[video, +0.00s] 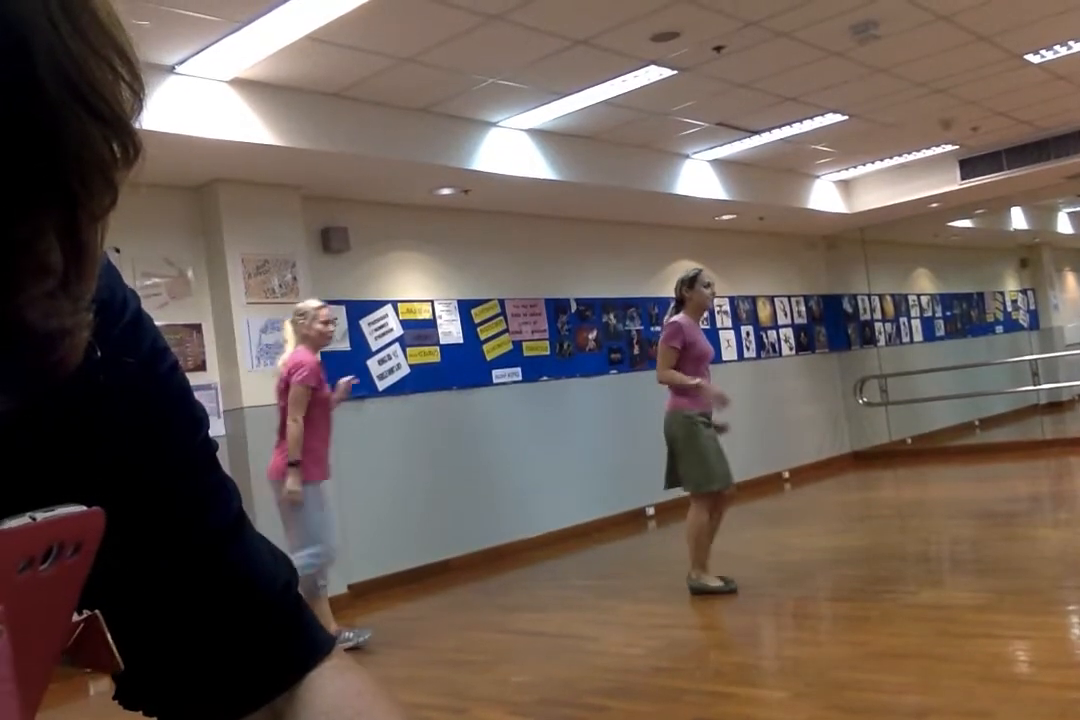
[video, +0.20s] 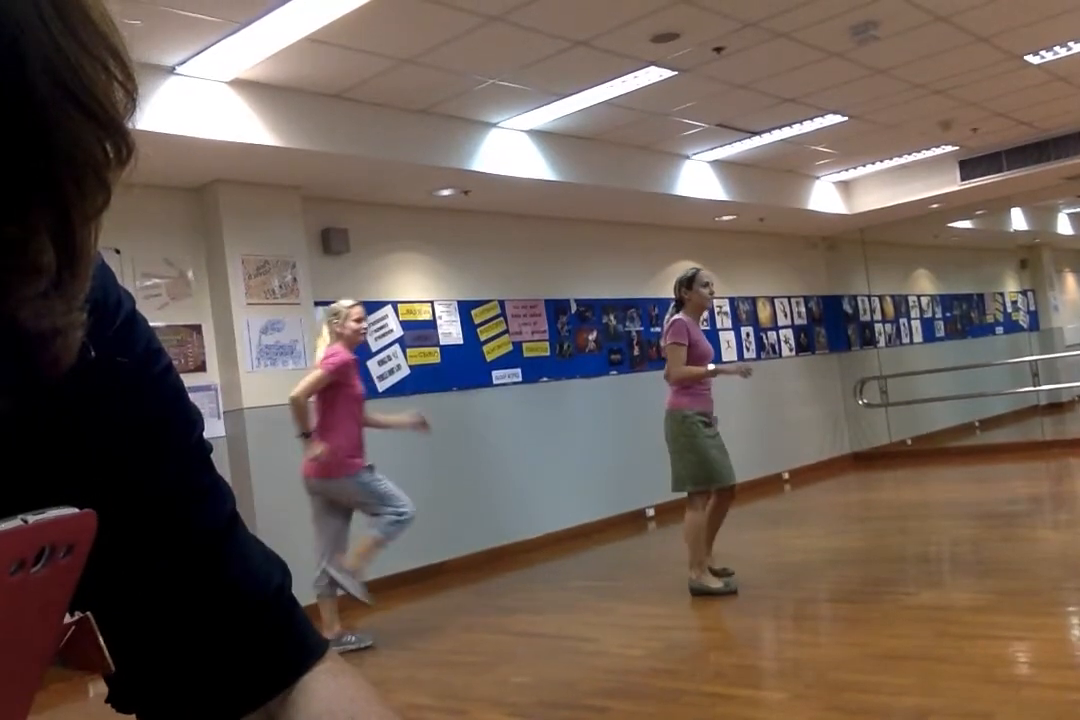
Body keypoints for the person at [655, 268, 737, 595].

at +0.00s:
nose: (713, 292)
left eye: (713, 287)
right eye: (707, 286)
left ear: (700, 294)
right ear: (687, 291)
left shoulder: (695, 328)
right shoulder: (676, 326)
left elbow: (692, 378)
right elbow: (663, 373)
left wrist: (708, 418)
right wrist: (701, 385)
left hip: (699, 419)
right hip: (685, 420)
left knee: (720, 494)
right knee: (703, 496)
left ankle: (701, 570)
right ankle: (697, 573)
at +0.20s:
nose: (712, 292)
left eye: (712, 287)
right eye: (706, 286)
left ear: (700, 293)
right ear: (686, 293)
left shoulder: (694, 327)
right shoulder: (679, 324)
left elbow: (691, 372)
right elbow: (673, 372)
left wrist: (727, 370)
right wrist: (719, 369)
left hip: (702, 418)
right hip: (686, 419)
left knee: (724, 489)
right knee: (699, 496)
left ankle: (703, 561)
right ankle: (697, 574)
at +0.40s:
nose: (710, 299)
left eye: (711, 293)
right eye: (704, 293)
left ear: (702, 299)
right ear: (686, 298)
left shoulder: (695, 332)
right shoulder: (679, 331)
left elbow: (700, 383)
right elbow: (675, 382)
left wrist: (730, 392)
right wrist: (712, 403)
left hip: (701, 418)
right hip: (686, 420)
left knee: (714, 495)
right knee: (698, 497)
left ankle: (706, 570)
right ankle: (697, 576)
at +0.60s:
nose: (711, 300)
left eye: (712, 295)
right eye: (706, 294)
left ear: (706, 300)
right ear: (687, 298)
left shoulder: (700, 333)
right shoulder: (677, 333)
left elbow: (711, 377)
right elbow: (658, 379)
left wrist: (749, 374)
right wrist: (674, 416)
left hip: (699, 420)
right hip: (687, 421)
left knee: (706, 495)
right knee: (721, 488)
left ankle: (705, 567)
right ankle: (705, 566)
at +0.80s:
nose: (712, 299)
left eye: (713, 294)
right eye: (707, 293)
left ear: (709, 299)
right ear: (688, 297)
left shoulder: (705, 334)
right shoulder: (675, 333)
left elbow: (717, 377)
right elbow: (654, 374)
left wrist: (755, 395)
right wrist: (671, 413)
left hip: (709, 422)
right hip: (690, 423)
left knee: (711, 496)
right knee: (710, 495)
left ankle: (705, 568)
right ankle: (703, 569)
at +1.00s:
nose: (726, 295)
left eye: (726, 290)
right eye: (720, 290)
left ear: (714, 297)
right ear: (700, 294)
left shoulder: (716, 329)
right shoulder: (680, 331)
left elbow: (713, 373)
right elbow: (674, 377)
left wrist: (720, 408)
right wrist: (695, 386)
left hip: (718, 417)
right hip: (692, 421)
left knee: (742, 486)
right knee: (704, 496)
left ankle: (721, 555)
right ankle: (704, 568)